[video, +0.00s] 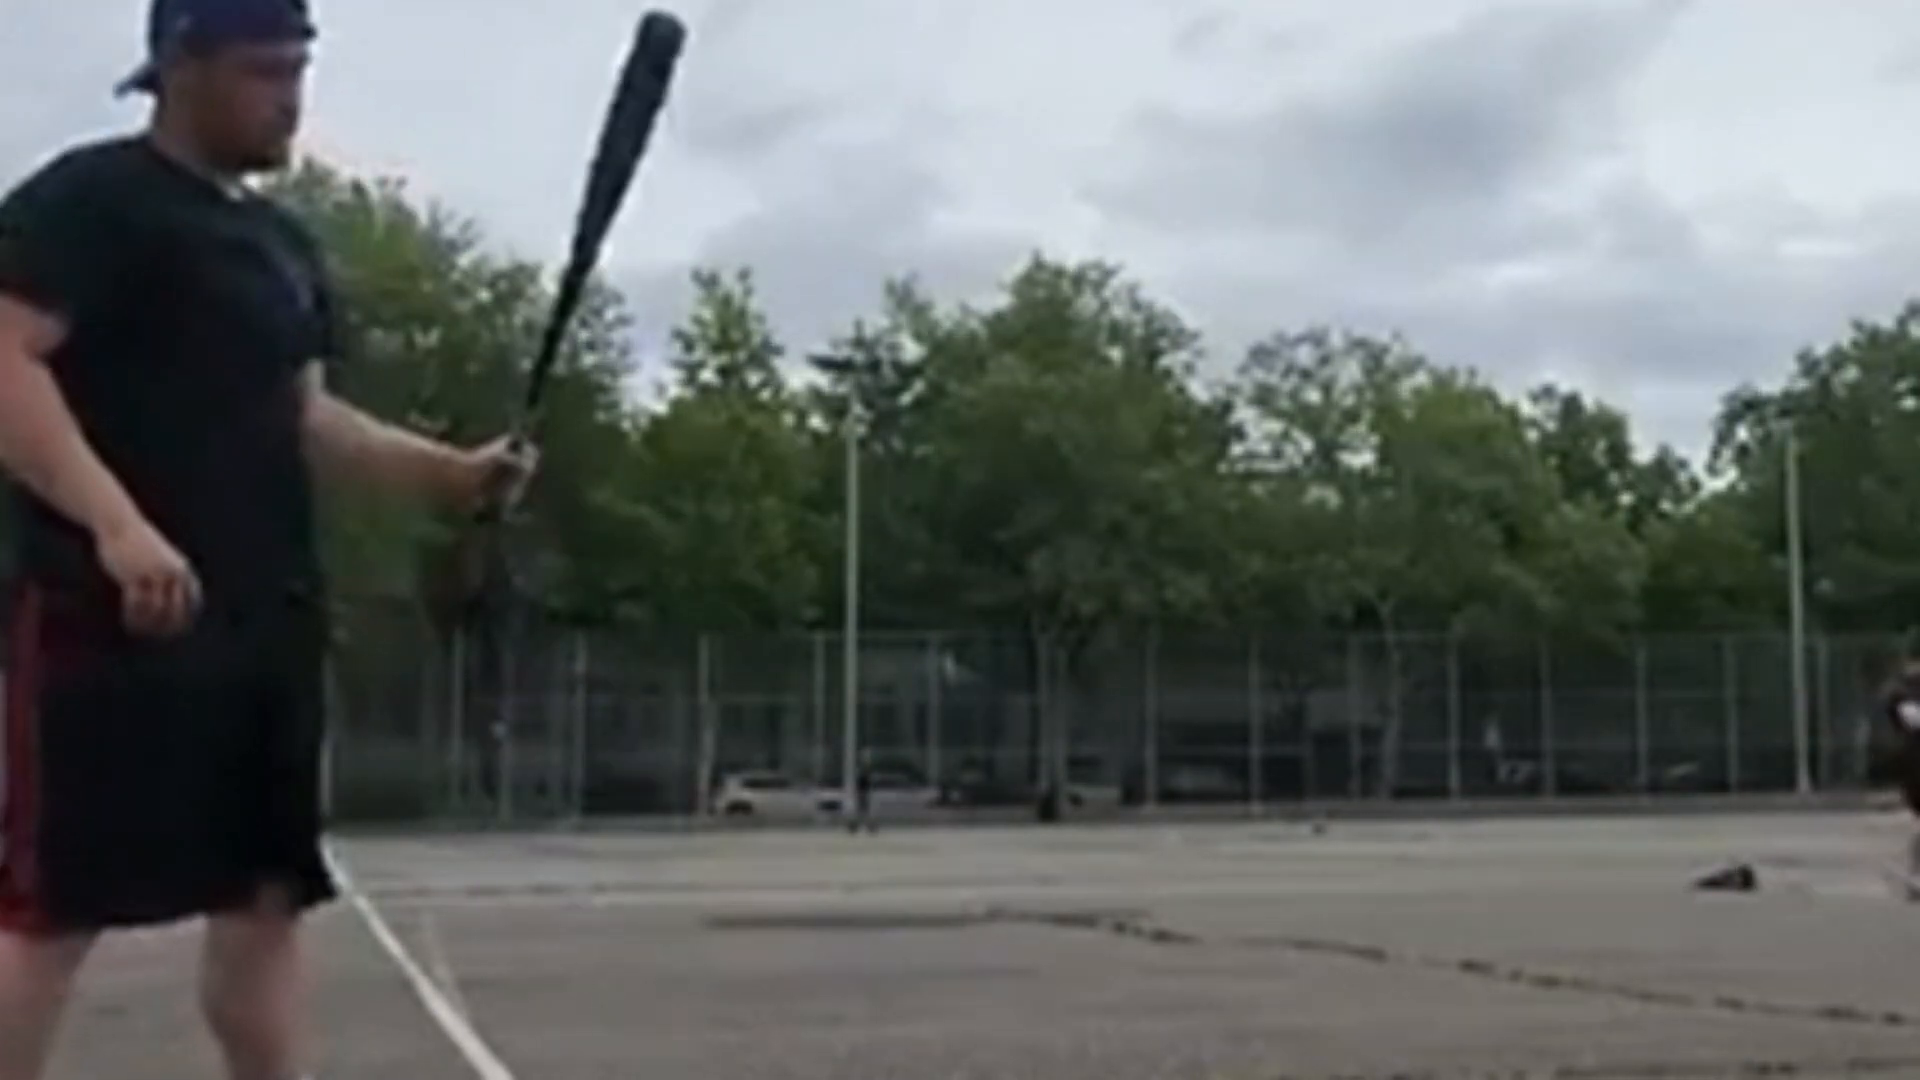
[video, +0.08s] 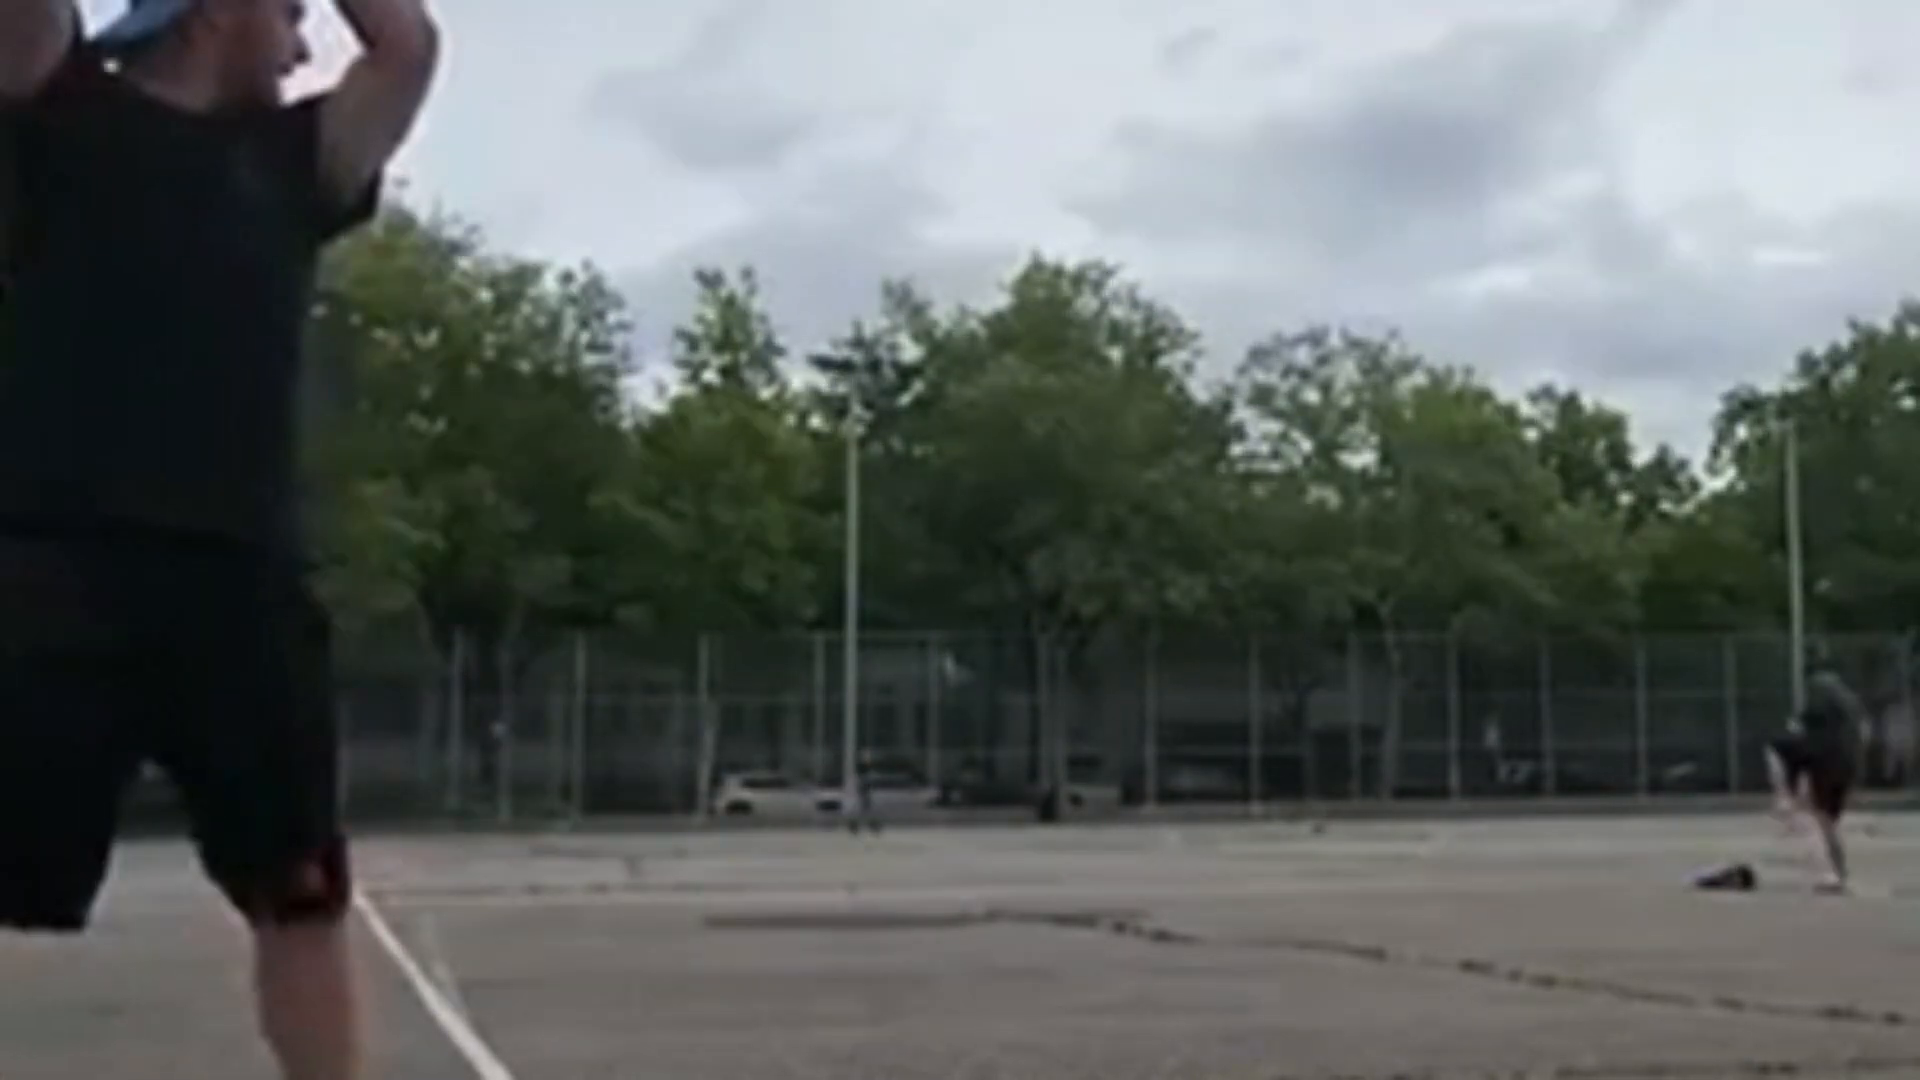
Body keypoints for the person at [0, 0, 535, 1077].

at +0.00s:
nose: (290, 98)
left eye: (297, 74)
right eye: (265, 73)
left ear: (300, 79)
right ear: (181, 73)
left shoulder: (282, 241)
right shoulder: (85, 197)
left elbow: (303, 413)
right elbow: (10, 361)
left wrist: (450, 471)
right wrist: (115, 522)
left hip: (258, 617)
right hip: (94, 614)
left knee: (262, 904)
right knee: (50, 918)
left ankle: (270, 1067)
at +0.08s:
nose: (300, 37)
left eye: (300, 19)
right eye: (286, 10)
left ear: (218, 24)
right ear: (216, 12)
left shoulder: (285, 157)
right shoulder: (53, 111)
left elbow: (405, 49)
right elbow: (26, 12)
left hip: (235, 572)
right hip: (52, 564)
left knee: (304, 895)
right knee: (7, 892)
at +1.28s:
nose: (295, 51)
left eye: (297, 34)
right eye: (282, 27)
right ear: (231, 33)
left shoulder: (283, 193)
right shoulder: (48, 128)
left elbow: (389, 86)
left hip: (217, 586)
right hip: (41, 581)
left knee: (380, 864)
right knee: (6, 882)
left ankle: (354, 1066)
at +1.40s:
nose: (323, 106)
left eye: (323, 81)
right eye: (305, 77)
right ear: (224, 72)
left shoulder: (304, 238)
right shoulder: (38, 173)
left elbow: (297, 218)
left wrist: (114, 47)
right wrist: (18, 28)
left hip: (221, 624)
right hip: (42, 625)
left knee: (413, 855)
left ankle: (441, 1060)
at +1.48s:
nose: (341, 161)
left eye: (342, 136)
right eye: (325, 131)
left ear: (259, 130)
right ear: (242, 127)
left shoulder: (325, 276)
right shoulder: (49, 237)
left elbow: (253, 351)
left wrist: (69, 185)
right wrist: (19, 129)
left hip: (238, 671)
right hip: (51, 669)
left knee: (423, 901)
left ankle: (431, 1069)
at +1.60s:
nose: (339, 212)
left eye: (344, 187)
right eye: (319, 182)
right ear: (224, 166)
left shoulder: (335, 332)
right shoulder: (61, 286)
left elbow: (293, 483)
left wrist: (113, 369)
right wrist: (12, 292)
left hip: (245, 683)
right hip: (59, 689)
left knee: (439, 913)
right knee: (5, 937)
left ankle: (445, 1070)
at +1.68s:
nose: (294, 192)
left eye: (312, 167)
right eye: (269, 157)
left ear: (325, 172)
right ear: (181, 140)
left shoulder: (328, 330)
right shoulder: (43, 284)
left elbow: (335, 535)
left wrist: (184, 514)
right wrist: (26, 436)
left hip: (227, 665)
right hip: (43, 663)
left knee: (417, 913)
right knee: (6, 921)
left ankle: (435, 1067)